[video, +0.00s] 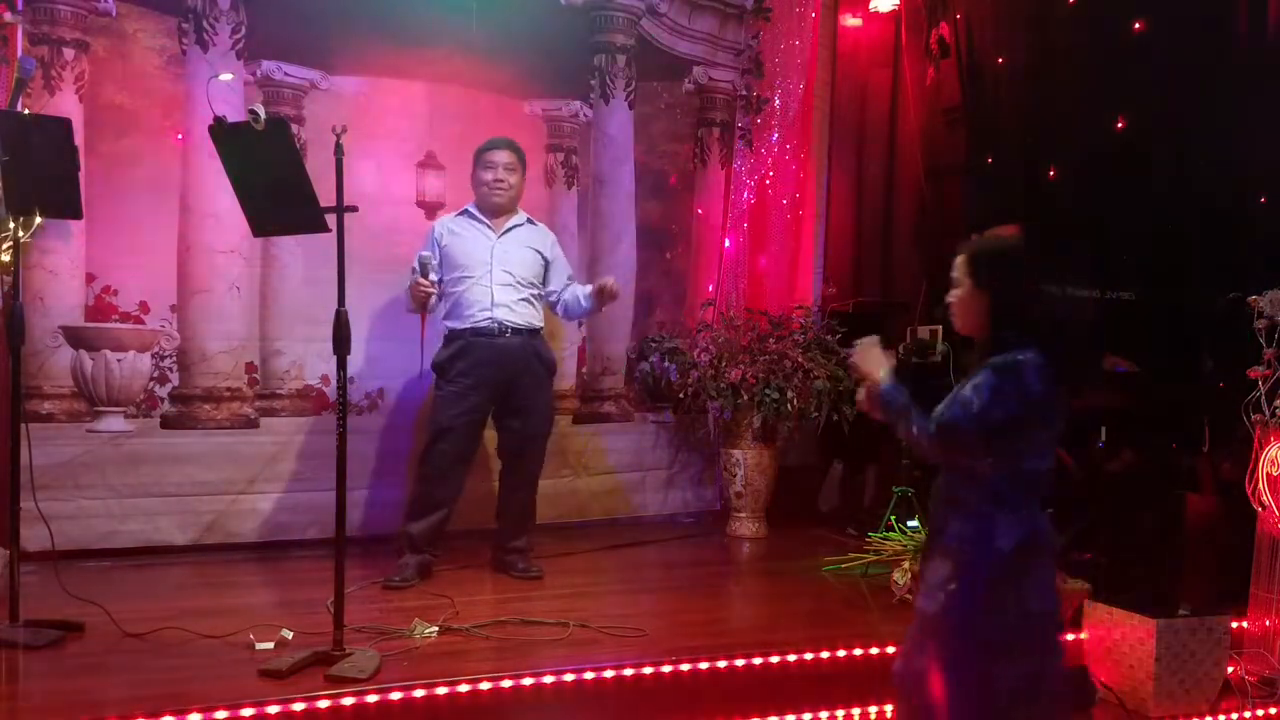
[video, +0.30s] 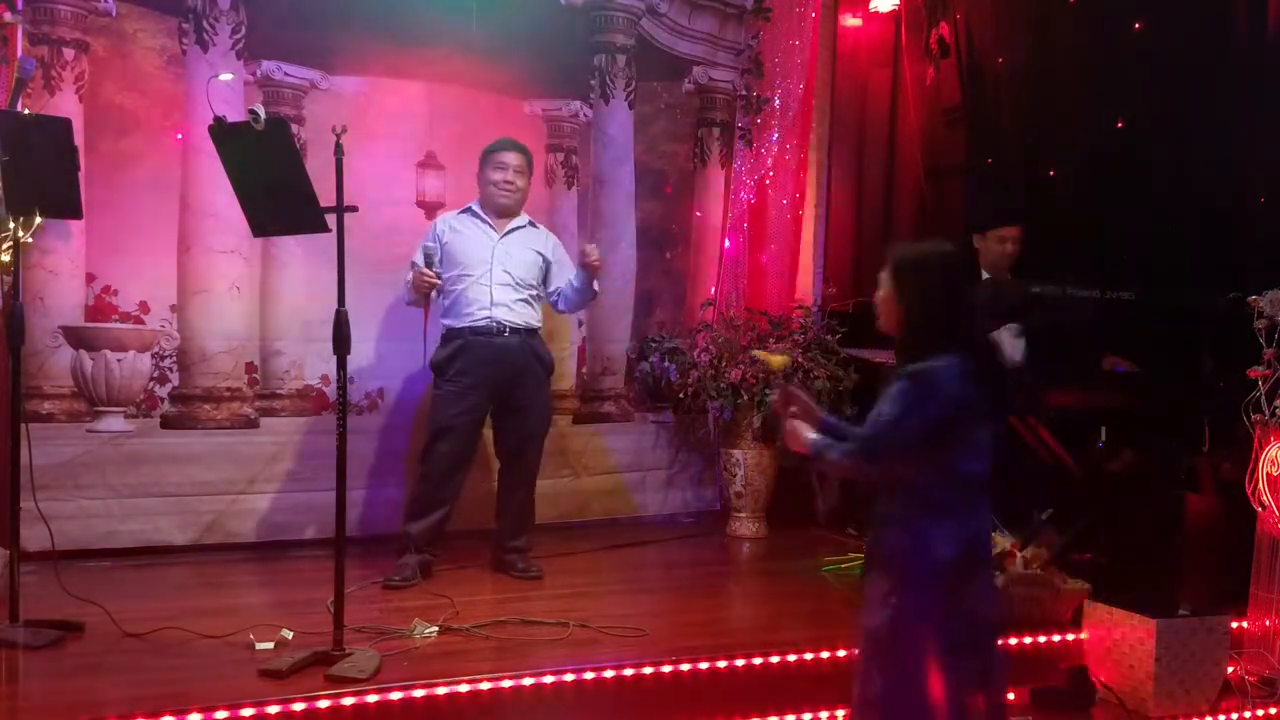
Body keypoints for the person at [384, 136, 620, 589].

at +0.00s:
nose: (498, 176)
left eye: (509, 169)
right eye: (488, 168)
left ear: (523, 181)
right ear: (473, 176)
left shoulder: (541, 236)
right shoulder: (445, 229)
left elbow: (564, 299)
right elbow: (419, 294)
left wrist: (593, 294)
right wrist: (418, 293)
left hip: (527, 353)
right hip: (467, 352)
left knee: (524, 456)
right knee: (446, 448)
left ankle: (513, 549)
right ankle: (417, 552)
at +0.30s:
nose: (509, 177)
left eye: (519, 172)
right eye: (499, 168)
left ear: (529, 184)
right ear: (480, 176)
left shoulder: (544, 239)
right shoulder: (447, 227)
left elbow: (566, 300)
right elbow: (417, 291)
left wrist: (587, 275)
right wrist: (419, 286)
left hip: (525, 353)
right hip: (465, 352)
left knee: (522, 458)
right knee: (444, 451)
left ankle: (513, 550)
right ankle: (417, 552)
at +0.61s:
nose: (519, 185)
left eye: (526, 179)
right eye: (511, 174)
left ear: (529, 187)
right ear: (481, 175)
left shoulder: (536, 238)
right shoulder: (439, 223)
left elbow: (557, 302)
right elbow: (412, 285)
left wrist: (575, 295)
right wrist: (420, 289)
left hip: (522, 355)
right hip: (462, 353)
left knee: (522, 459)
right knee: (444, 453)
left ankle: (514, 550)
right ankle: (421, 557)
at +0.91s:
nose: (500, 185)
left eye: (505, 178)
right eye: (493, 174)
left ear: (506, 184)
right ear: (460, 172)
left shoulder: (512, 239)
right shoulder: (417, 219)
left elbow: (528, 307)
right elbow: (386, 284)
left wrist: (564, 340)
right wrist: (404, 290)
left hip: (495, 354)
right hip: (436, 352)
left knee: (508, 458)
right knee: (427, 461)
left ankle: (511, 551)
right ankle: (419, 558)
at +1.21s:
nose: (463, 178)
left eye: (473, 171)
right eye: (452, 167)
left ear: (480, 182)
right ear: (429, 172)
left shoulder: (484, 239)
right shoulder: (398, 221)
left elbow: (500, 311)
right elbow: (362, 281)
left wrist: (543, 348)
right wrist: (381, 287)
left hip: (470, 351)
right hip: (412, 349)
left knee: (496, 435)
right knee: (413, 450)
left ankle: (494, 550)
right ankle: (417, 555)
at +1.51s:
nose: (451, 175)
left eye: (461, 168)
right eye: (441, 164)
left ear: (469, 179)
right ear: (418, 172)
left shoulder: (478, 236)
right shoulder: (389, 221)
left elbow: (501, 304)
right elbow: (359, 289)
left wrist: (555, 312)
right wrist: (377, 282)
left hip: (469, 351)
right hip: (410, 350)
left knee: (496, 446)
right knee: (412, 454)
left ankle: (503, 550)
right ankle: (418, 554)